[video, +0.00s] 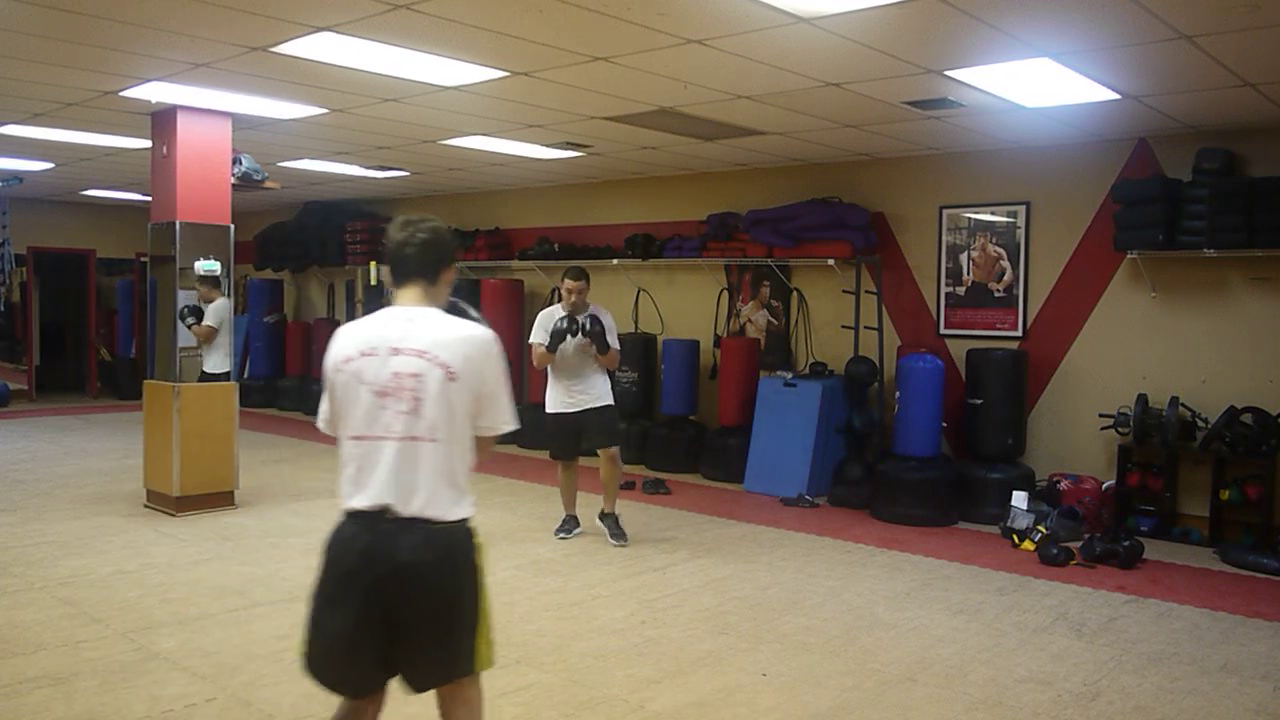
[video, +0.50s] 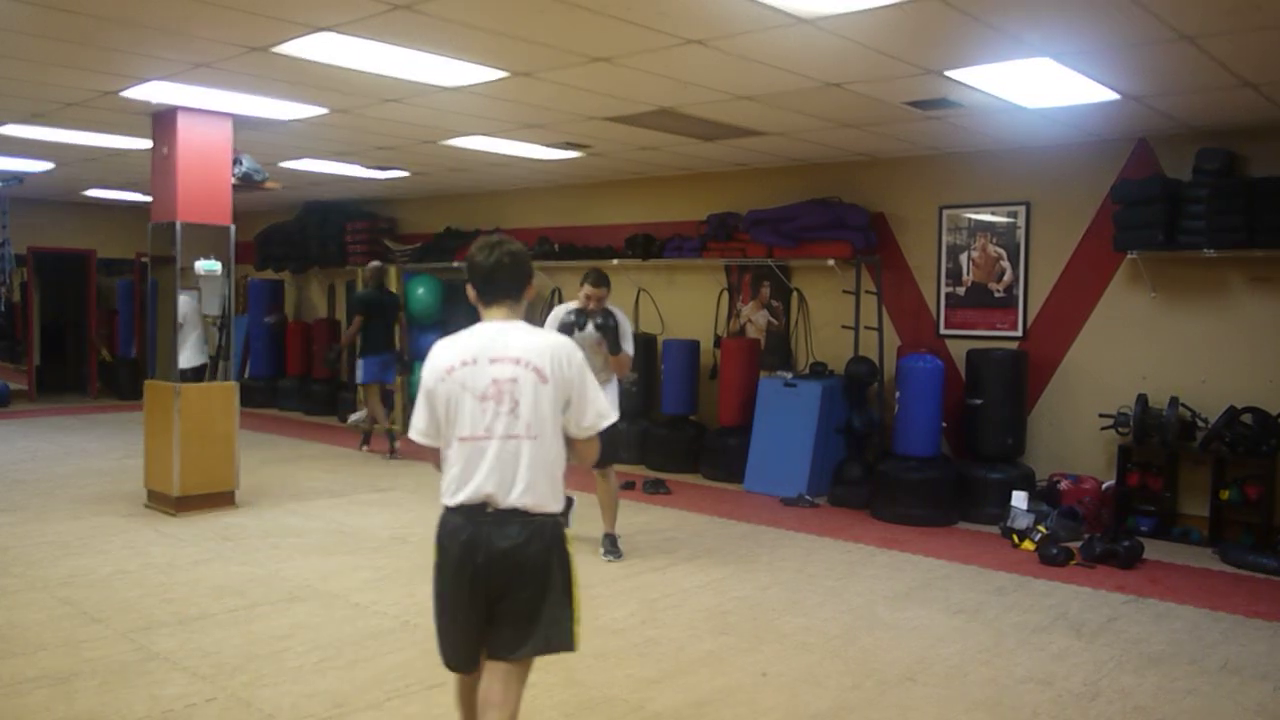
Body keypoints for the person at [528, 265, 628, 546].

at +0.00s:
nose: (572, 297)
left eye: (578, 292)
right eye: (568, 291)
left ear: (588, 291)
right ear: (560, 289)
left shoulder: (602, 318)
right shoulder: (546, 317)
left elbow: (613, 363)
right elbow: (538, 362)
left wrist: (597, 344)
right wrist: (555, 341)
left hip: (598, 401)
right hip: (561, 404)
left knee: (611, 454)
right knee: (566, 461)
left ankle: (609, 514)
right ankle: (570, 517)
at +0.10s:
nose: (578, 299)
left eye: (583, 295)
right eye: (573, 293)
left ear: (592, 293)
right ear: (563, 290)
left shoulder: (602, 319)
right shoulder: (548, 317)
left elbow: (612, 364)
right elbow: (540, 360)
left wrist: (598, 336)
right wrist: (557, 336)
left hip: (597, 400)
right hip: (562, 403)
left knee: (606, 458)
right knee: (568, 463)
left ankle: (610, 526)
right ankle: (570, 517)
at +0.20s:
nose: (582, 302)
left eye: (589, 298)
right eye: (578, 296)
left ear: (597, 297)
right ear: (568, 291)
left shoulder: (605, 321)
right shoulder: (550, 318)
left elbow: (612, 366)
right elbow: (540, 363)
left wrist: (599, 334)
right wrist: (558, 334)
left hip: (596, 403)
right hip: (562, 402)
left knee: (601, 465)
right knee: (567, 464)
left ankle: (609, 532)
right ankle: (570, 517)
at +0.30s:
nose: (588, 304)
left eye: (595, 300)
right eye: (584, 298)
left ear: (602, 299)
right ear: (574, 293)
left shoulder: (610, 325)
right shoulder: (554, 319)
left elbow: (615, 372)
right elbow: (539, 358)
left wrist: (604, 340)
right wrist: (560, 336)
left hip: (599, 404)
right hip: (562, 403)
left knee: (602, 466)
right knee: (566, 464)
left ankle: (609, 534)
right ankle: (570, 516)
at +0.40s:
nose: (593, 304)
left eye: (599, 300)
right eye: (588, 298)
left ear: (607, 298)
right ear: (578, 292)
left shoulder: (616, 324)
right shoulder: (558, 317)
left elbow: (619, 372)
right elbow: (544, 359)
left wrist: (608, 343)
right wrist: (565, 338)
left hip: (602, 403)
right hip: (564, 401)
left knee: (604, 469)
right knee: (563, 466)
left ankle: (610, 534)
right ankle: (567, 511)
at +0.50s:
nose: (591, 304)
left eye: (598, 299)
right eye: (587, 297)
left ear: (608, 297)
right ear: (578, 291)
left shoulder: (618, 319)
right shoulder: (561, 313)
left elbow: (622, 370)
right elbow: (546, 358)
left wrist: (610, 338)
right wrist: (563, 334)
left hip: (603, 400)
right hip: (563, 397)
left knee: (603, 468)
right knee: (552, 460)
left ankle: (610, 534)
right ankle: (559, 506)